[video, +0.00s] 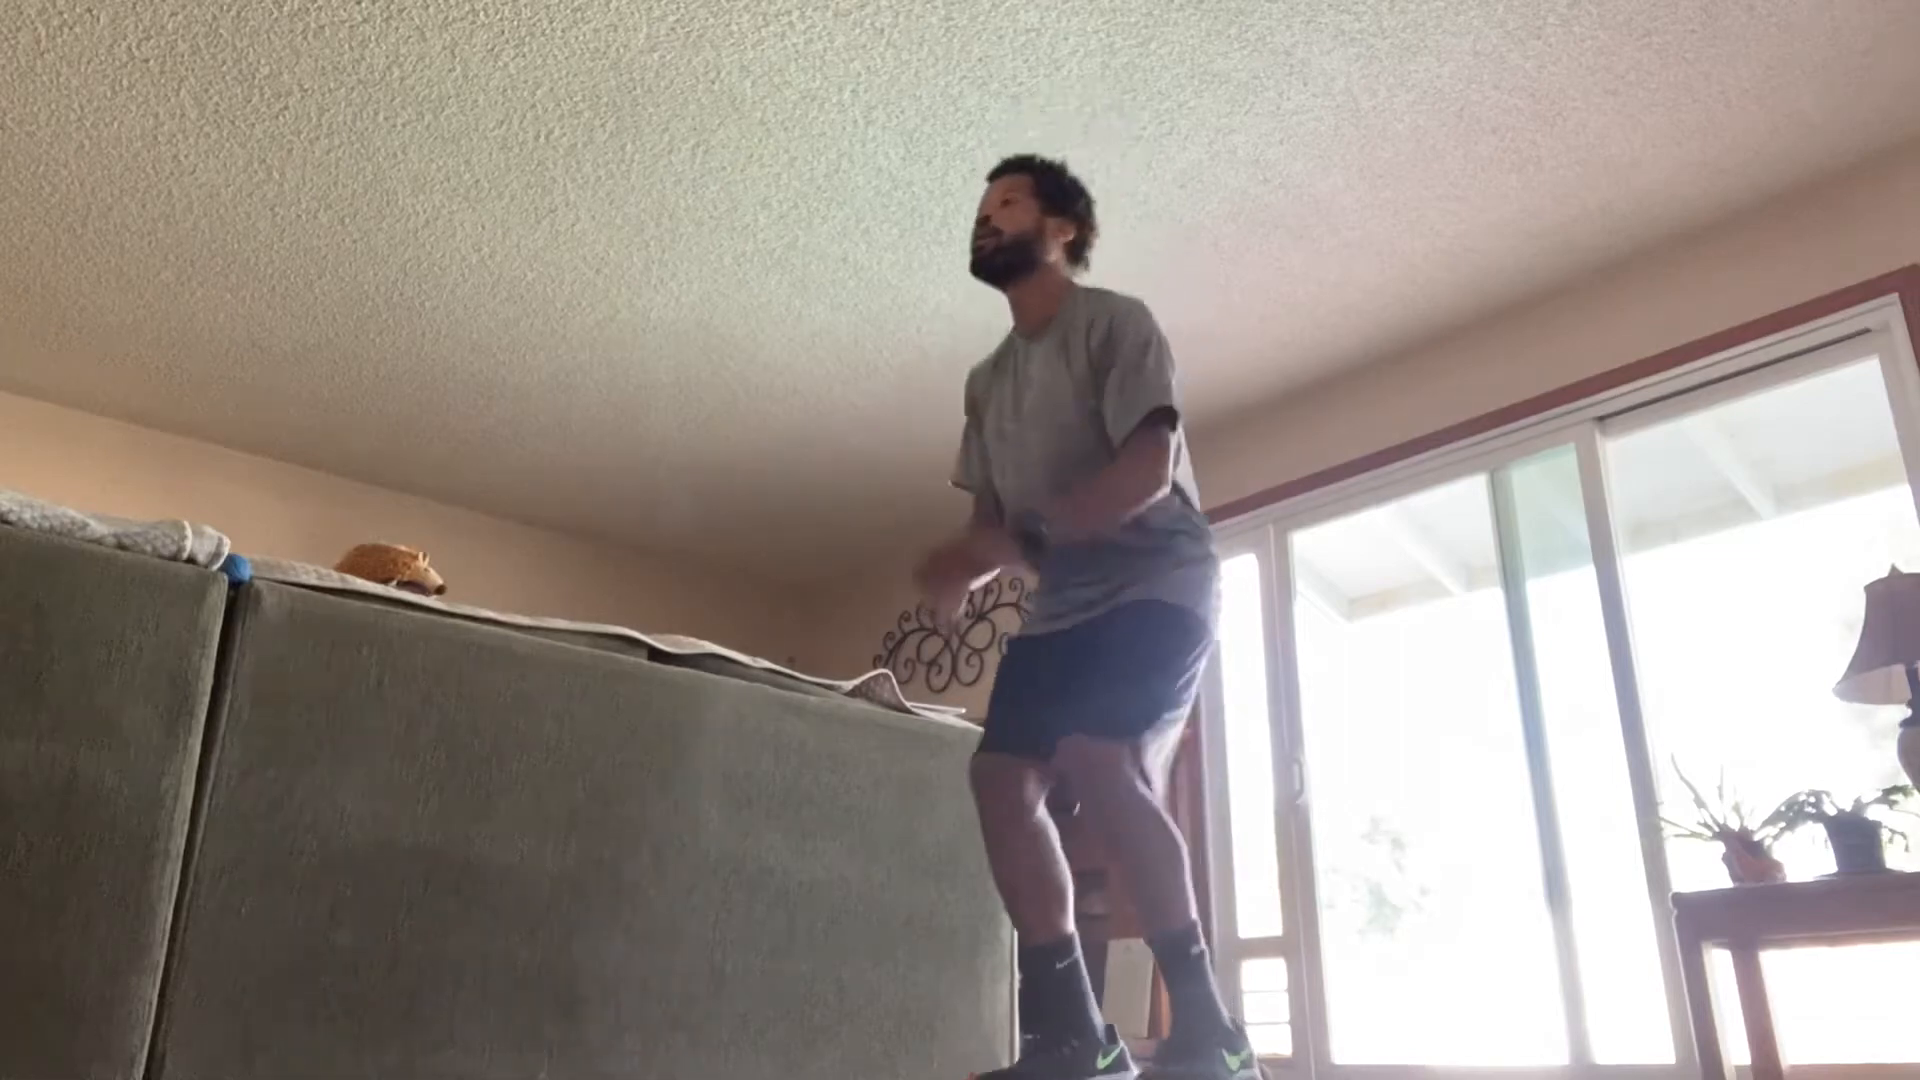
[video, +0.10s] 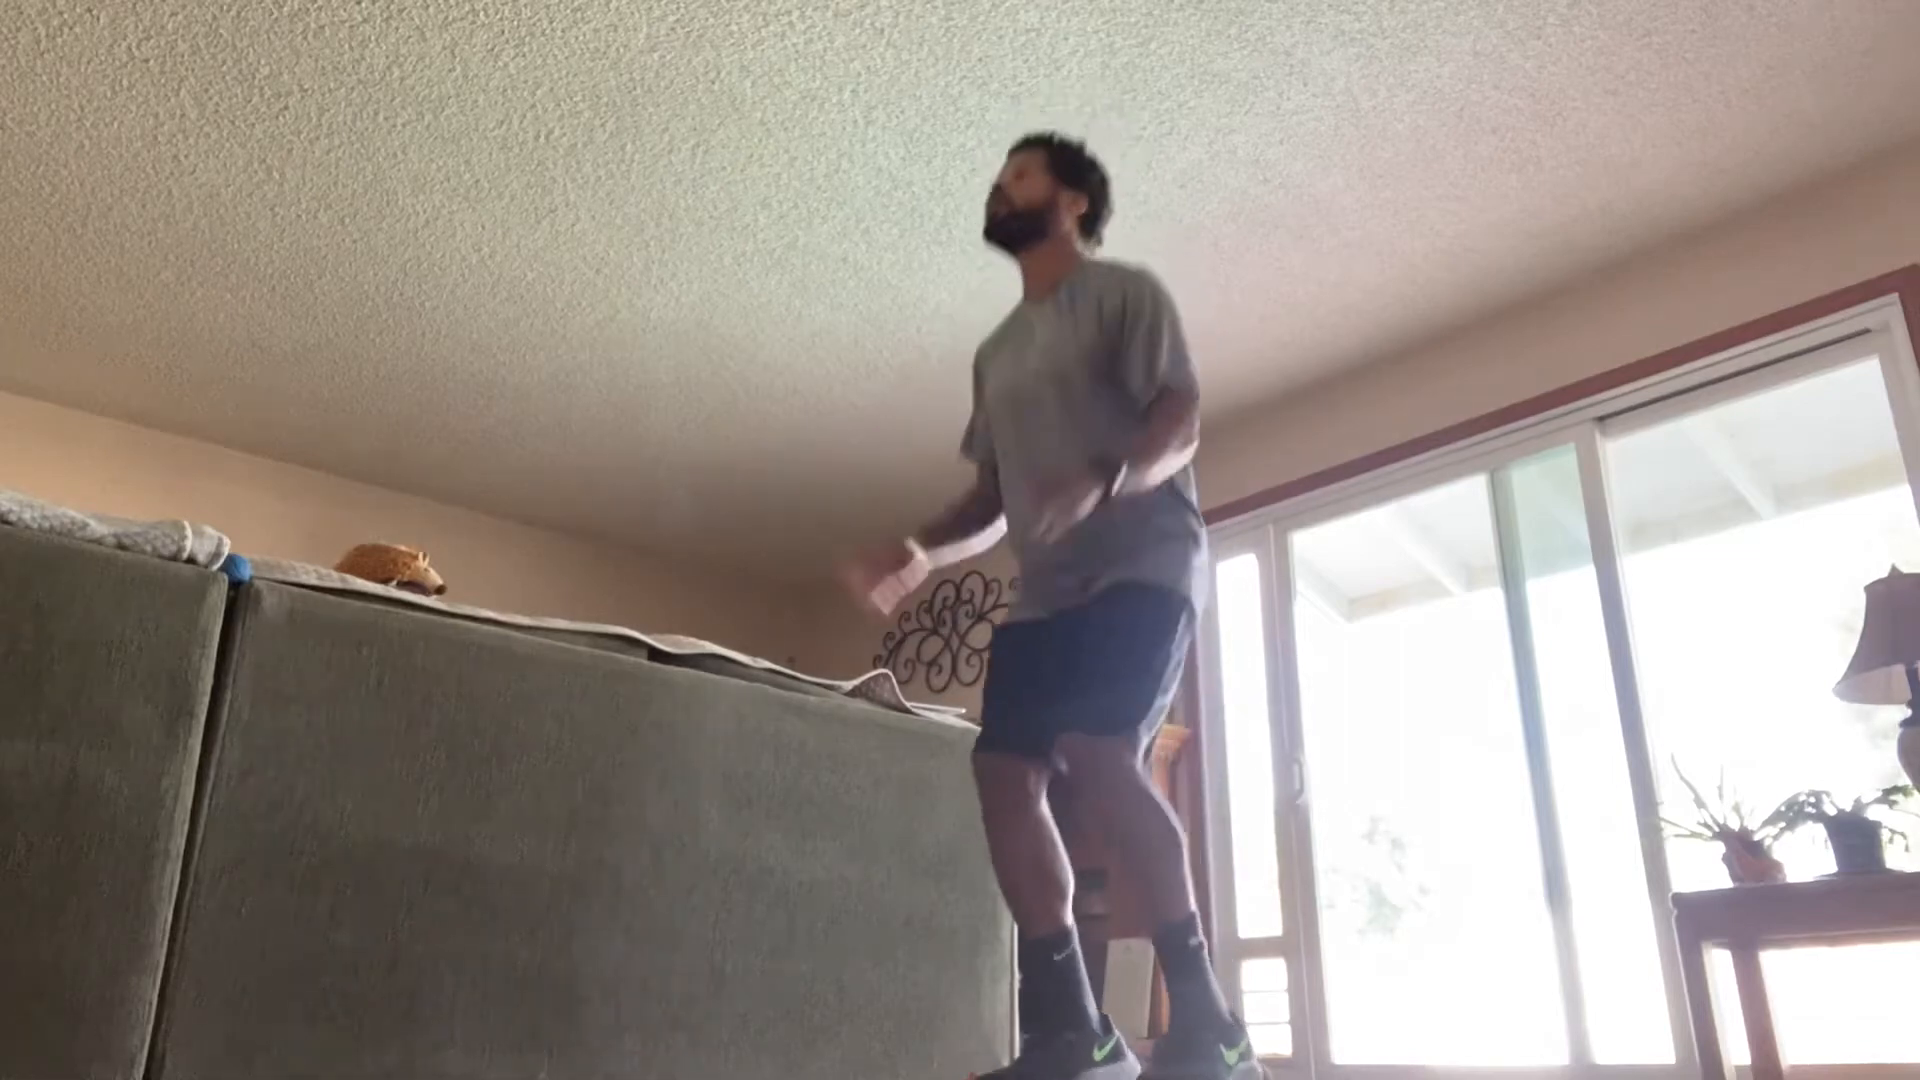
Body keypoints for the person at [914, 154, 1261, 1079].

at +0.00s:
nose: (984, 223)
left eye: (1006, 210)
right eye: (982, 212)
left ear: (1062, 230)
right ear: (982, 238)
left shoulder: (1117, 322)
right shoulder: (987, 381)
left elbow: (1153, 461)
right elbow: (996, 524)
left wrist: (1053, 526)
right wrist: (960, 568)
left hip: (1154, 586)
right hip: (1054, 607)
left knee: (1094, 759)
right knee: (1000, 775)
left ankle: (1205, 1032)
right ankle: (1069, 1036)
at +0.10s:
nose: (1000, 185)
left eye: (1024, 171)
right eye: (1001, 174)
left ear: (1077, 203)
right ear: (1012, 212)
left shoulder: (1125, 290)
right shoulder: (996, 352)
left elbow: (1179, 422)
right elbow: (991, 492)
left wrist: (1109, 481)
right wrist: (921, 550)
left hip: (1140, 568)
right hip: (1041, 590)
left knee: (1095, 753)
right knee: (1005, 768)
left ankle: (1200, 1020)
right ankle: (1067, 1027)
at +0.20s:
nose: (1014, 127)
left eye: (1036, 115)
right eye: (1014, 119)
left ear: (1088, 146)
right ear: (1026, 162)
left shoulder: (1125, 221)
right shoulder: (1002, 292)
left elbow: (1181, 297)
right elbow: (969, 425)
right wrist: (846, 421)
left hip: (1137, 504)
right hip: (1041, 535)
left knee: (1131, 709)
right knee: (1017, 736)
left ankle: (1217, 983)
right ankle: (1050, 990)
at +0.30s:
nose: (1028, 117)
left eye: (1052, 108)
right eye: (1026, 111)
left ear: (1103, 139)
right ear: (1029, 156)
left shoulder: (1136, 207)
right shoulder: (1011, 276)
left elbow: (1233, 204)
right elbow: (922, 377)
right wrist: (825, 301)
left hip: (1141, 493)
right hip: (1039, 519)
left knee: (1144, 693)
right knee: (1001, 726)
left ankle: (1280, 954)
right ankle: (1036, 974)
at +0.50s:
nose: (1043, 208)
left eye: (1067, 198)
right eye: (1041, 203)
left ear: (1118, 222)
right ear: (1045, 234)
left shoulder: (1145, 281)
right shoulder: (1016, 346)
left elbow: (1215, 141)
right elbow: (927, 343)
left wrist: (1113, 87)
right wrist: (973, 230)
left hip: (1144, 581)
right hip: (1041, 608)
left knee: (1164, 792)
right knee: (989, 823)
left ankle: (1331, 1015)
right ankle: (1034, 1033)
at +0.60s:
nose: (1041, 151)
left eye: (1064, 140)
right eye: (1042, 144)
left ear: (1118, 169)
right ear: (1048, 180)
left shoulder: (1146, 225)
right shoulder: (1016, 298)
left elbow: (1249, 147)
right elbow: (917, 362)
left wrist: (1197, 26)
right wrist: (846, 267)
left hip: (1145, 523)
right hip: (1040, 546)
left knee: (1185, 730)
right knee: (1009, 765)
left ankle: (1312, 976)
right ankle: (1034, 995)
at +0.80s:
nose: (1017, 130)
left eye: (1041, 119)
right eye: (1015, 123)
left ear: (1092, 149)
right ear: (1013, 164)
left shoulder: (1132, 220)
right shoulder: (1008, 288)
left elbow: (1236, 328)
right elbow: (1029, 430)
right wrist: (940, 476)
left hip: (1133, 487)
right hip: (1043, 503)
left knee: (1115, 709)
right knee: (1042, 738)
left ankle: (1215, 959)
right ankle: (1127, 964)